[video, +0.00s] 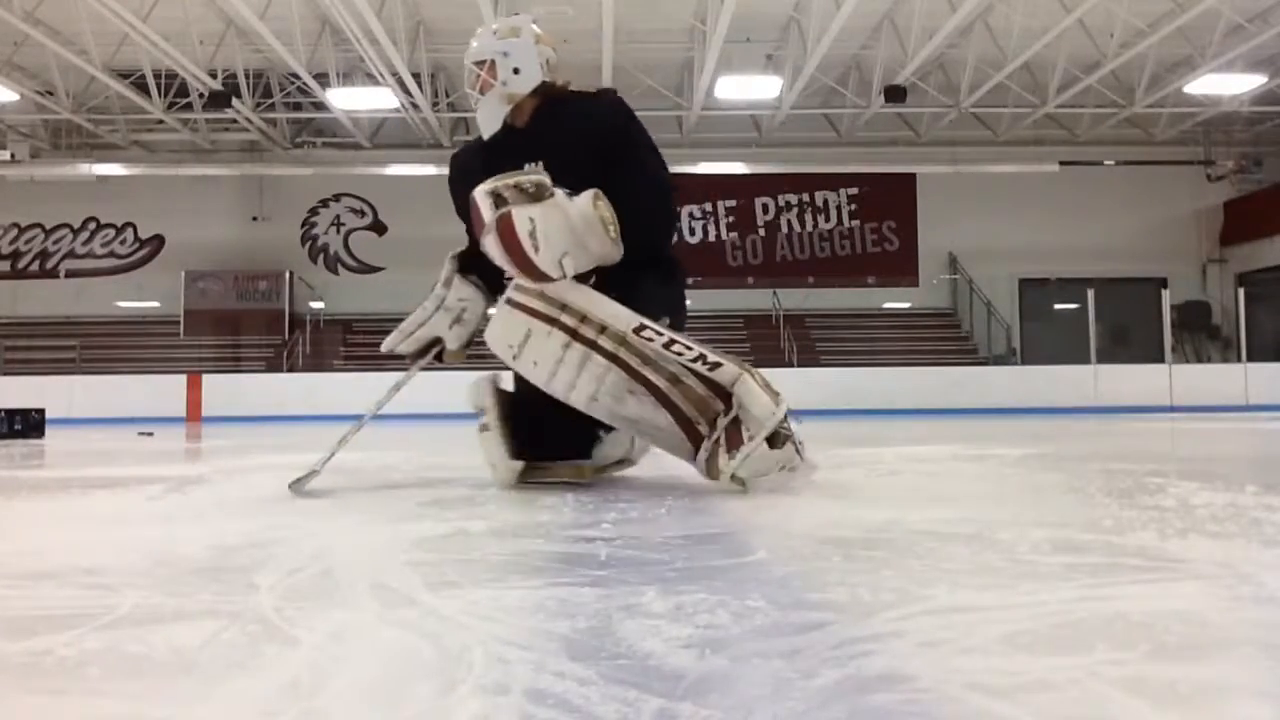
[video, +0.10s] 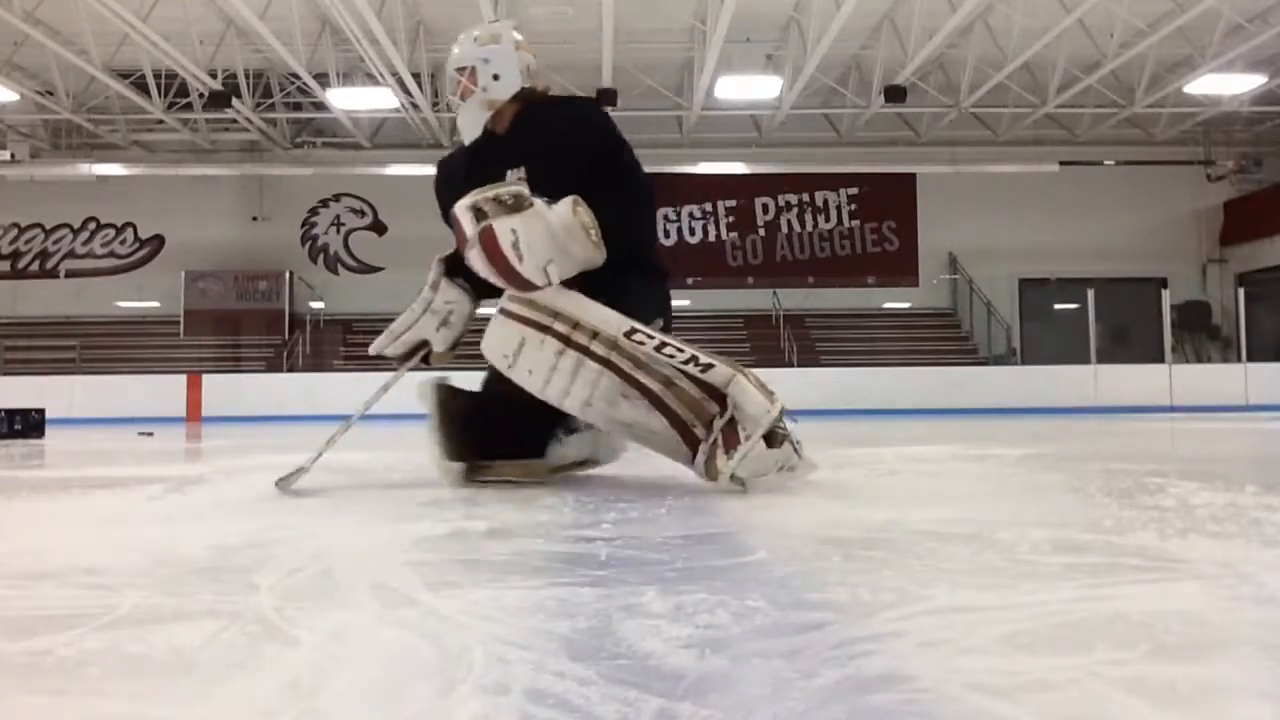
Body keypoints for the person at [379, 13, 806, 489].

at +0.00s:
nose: (474, 83)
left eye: (482, 68)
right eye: (472, 72)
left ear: (515, 65)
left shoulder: (598, 113)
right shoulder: (474, 162)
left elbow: (653, 206)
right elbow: (487, 251)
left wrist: (572, 230)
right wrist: (464, 299)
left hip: (634, 291)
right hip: (542, 315)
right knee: (532, 436)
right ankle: (622, 434)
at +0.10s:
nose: (457, 90)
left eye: (463, 77)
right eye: (455, 80)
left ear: (493, 75)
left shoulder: (576, 121)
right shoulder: (458, 170)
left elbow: (631, 207)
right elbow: (475, 257)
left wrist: (545, 239)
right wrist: (448, 303)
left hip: (619, 289)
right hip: (530, 313)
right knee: (490, 427)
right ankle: (579, 430)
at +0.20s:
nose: (426, 102)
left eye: (436, 88)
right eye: (422, 92)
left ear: (471, 85)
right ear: (429, 98)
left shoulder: (537, 133)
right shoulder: (425, 184)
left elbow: (601, 216)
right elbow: (444, 262)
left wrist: (534, 245)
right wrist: (416, 302)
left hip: (590, 299)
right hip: (505, 322)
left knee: (617, 383)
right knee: (450, 435)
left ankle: (729, 434)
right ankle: (542, 434)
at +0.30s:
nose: (393, 116)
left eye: (406, 104)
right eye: (391, 104)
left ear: (441, 109)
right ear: (394, 110)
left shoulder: (498, 155)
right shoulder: (385, 193)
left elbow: (566, 227)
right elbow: (393, 279)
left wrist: (519, 264)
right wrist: (363, 316)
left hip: (539, 316)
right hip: (456, 329)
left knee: (589, 395)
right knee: (405, 435)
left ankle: (695, 434)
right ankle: (494, 426)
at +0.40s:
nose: (361, 130)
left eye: (370, 119)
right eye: (361, 120)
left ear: (403, 120)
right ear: (384, 121)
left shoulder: (467, 173)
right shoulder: (357, 203)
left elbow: (532, 236)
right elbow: (348, 288)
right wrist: (309, 336)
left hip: (498, 338)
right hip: (416, 349)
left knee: (413, 328)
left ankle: (371, 447)